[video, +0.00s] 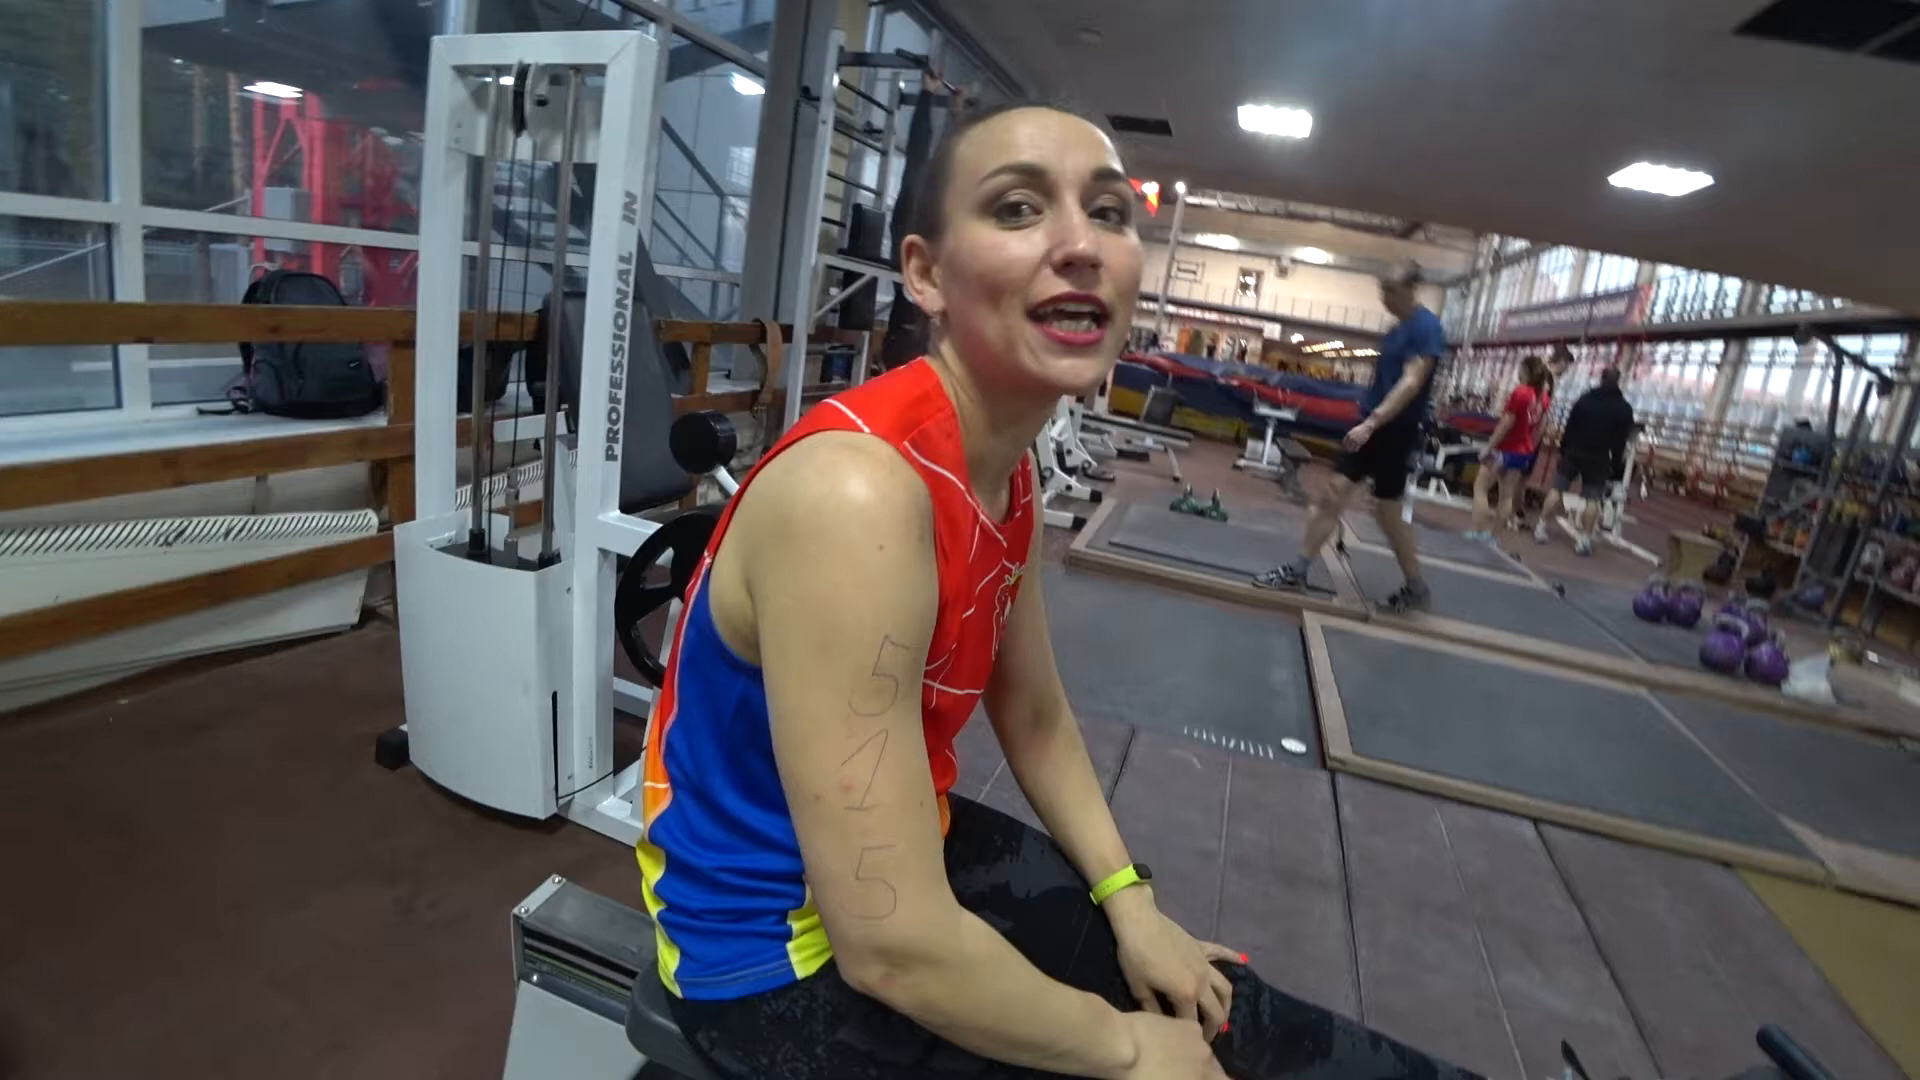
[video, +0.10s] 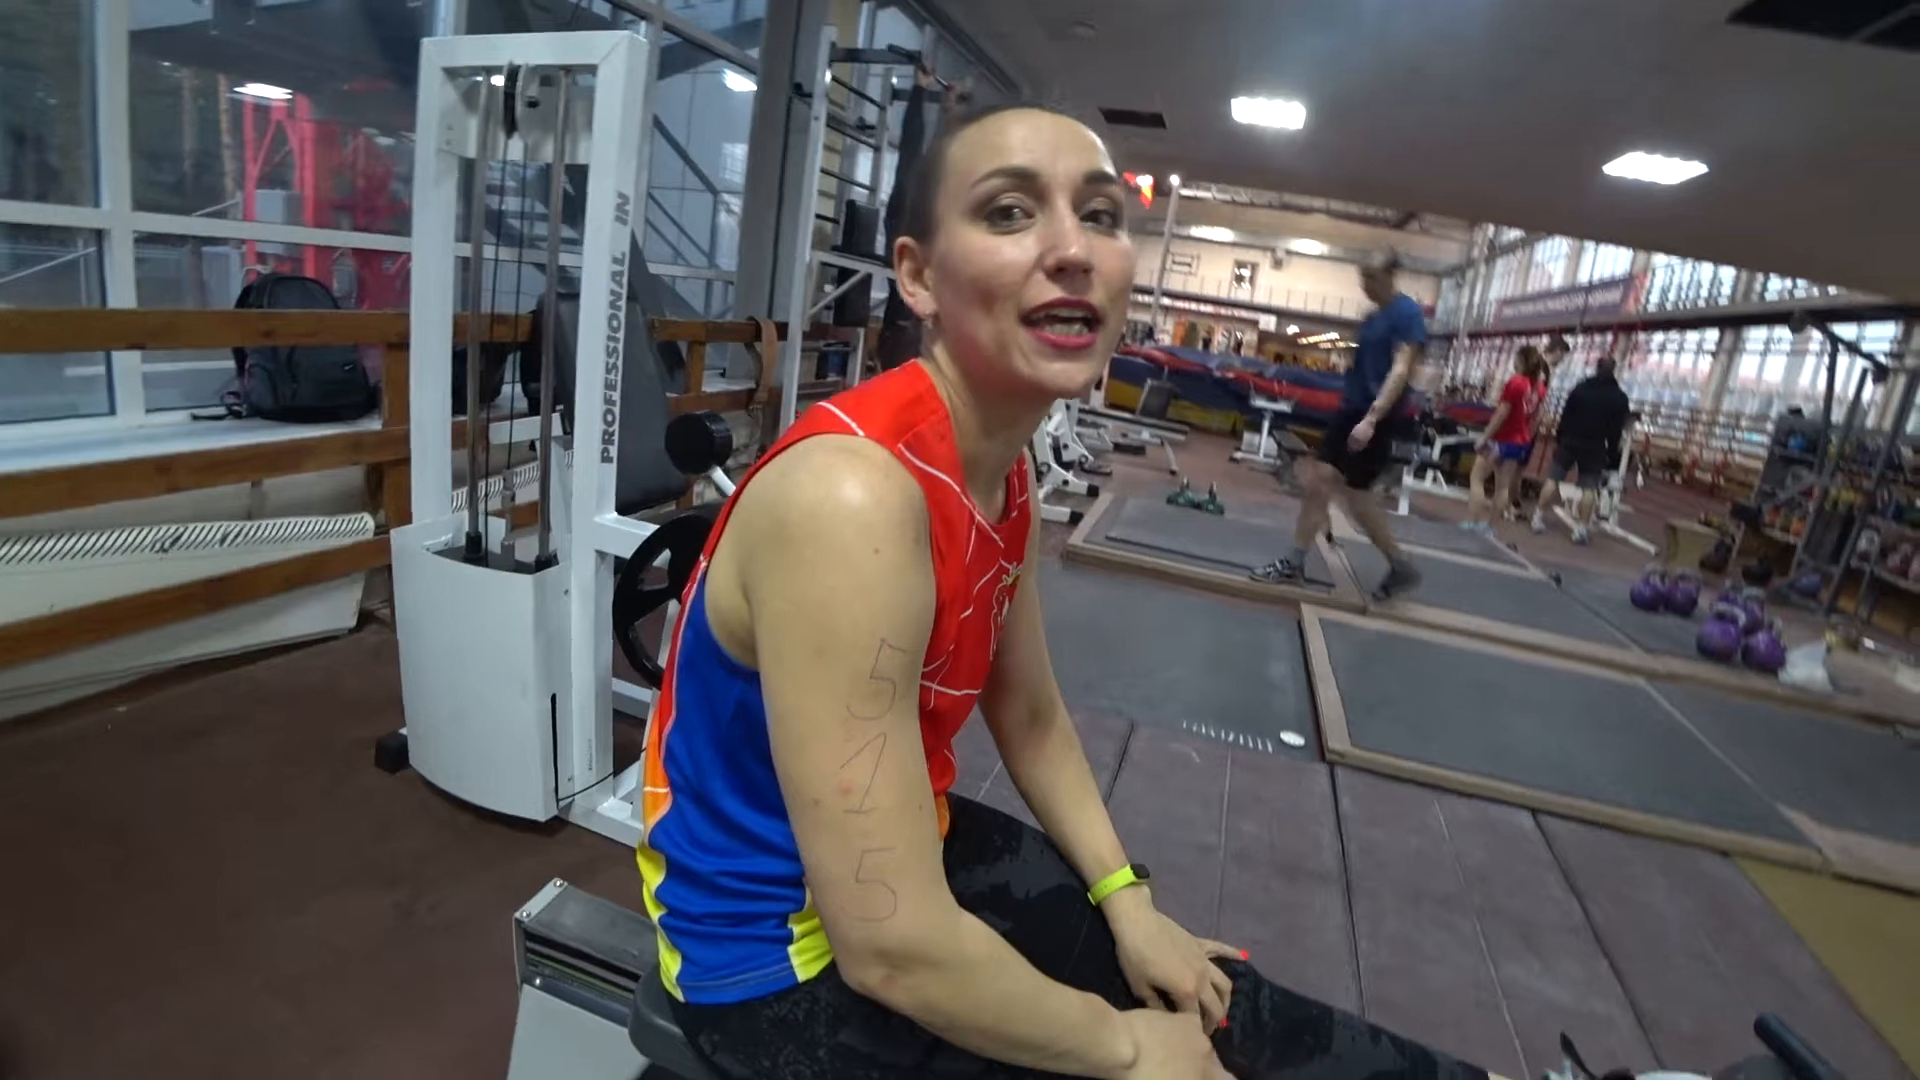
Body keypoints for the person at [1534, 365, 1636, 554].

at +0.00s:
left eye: (1604, 376)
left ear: (1601, 379)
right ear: (1618, 382)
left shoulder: (1586, 398)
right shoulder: (1624, 409)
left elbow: (1570, 425)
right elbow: (1619, 442)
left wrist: (1563, 448)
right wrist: (1617, 467)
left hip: (1574, 450)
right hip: (1598, 457)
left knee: (1558, 489)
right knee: (1593, 498)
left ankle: (1541, 525)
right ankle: (1585, 538)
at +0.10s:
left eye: (1599, 366)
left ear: (1597, 369)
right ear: (1614, 372)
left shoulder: (1582, 387)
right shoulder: (1619, 398)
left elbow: (1566, 414)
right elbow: (1615, 431)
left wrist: (1560, 437)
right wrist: (1613, 456)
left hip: (1570, 440)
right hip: (1595, 446)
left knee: (1554, 478)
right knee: (1589, 487)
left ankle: (1538, 514)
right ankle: (1582, 528)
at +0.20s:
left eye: (1591, 351)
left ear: (1589, 353)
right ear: (1605, 356)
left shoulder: (1574, 373)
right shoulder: (1612, 382)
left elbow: (1559, 399)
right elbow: (1609, 414)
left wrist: (1553, 422)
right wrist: (1605, 437)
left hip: (1563, 425)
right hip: (1588, 431)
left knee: (1548, 464)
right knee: (1583, 473)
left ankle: (1533, 502)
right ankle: (1576, 514)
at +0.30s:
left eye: (1583, 341)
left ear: (1581, 343)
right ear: (1598, 346)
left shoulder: (1566, 363)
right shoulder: (1605, 372)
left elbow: (1552, 390)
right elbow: (1602, 404)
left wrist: (1546, 413)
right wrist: (1598, 426)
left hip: (1556, 415)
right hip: (1582, 421)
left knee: (1542, 455)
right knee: (1577, 463)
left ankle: (1527, 494)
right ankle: (1570, 505)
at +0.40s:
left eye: (1574, 335)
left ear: (1572, 337)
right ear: (1589, 340)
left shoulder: (1557, 357)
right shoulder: (1596, 366)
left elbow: (1544, 384)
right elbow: (1593, 397)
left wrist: (1538, 407)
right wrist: (1589, 419)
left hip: (1548, 409)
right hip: (1573, 415)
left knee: (1534, 449)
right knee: (1569, 456)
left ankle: (1519, 488)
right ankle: (1562, 499)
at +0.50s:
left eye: (1565, 333)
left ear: (1563, 335)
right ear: (1579, 338)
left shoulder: (1548, 355)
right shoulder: (1586, 363)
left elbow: (1534, 382)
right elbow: (1584, 394)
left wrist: (1529, 405)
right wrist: (1581, 416)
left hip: (1540, 407)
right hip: (1564, 412)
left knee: (1526, 446)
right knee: (1561, 454)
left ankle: (1511, 486)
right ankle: (1554, 496)